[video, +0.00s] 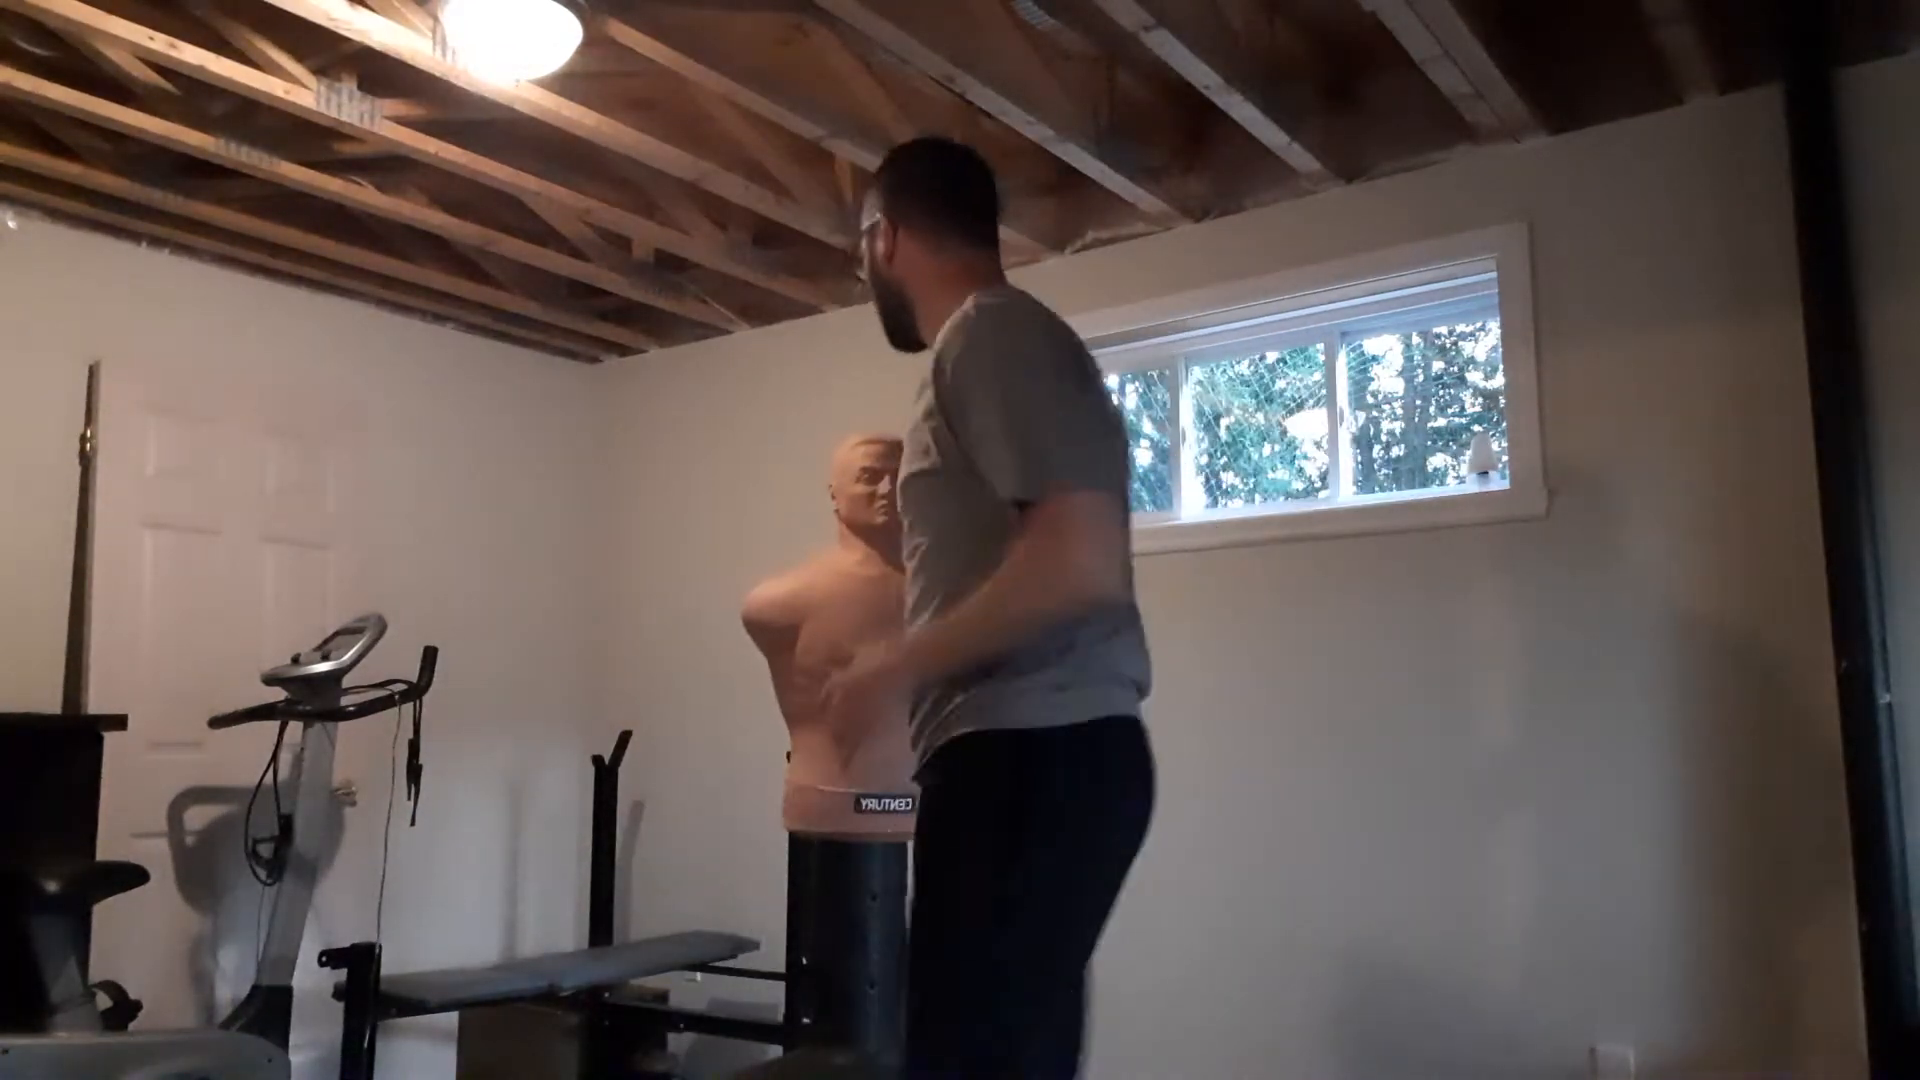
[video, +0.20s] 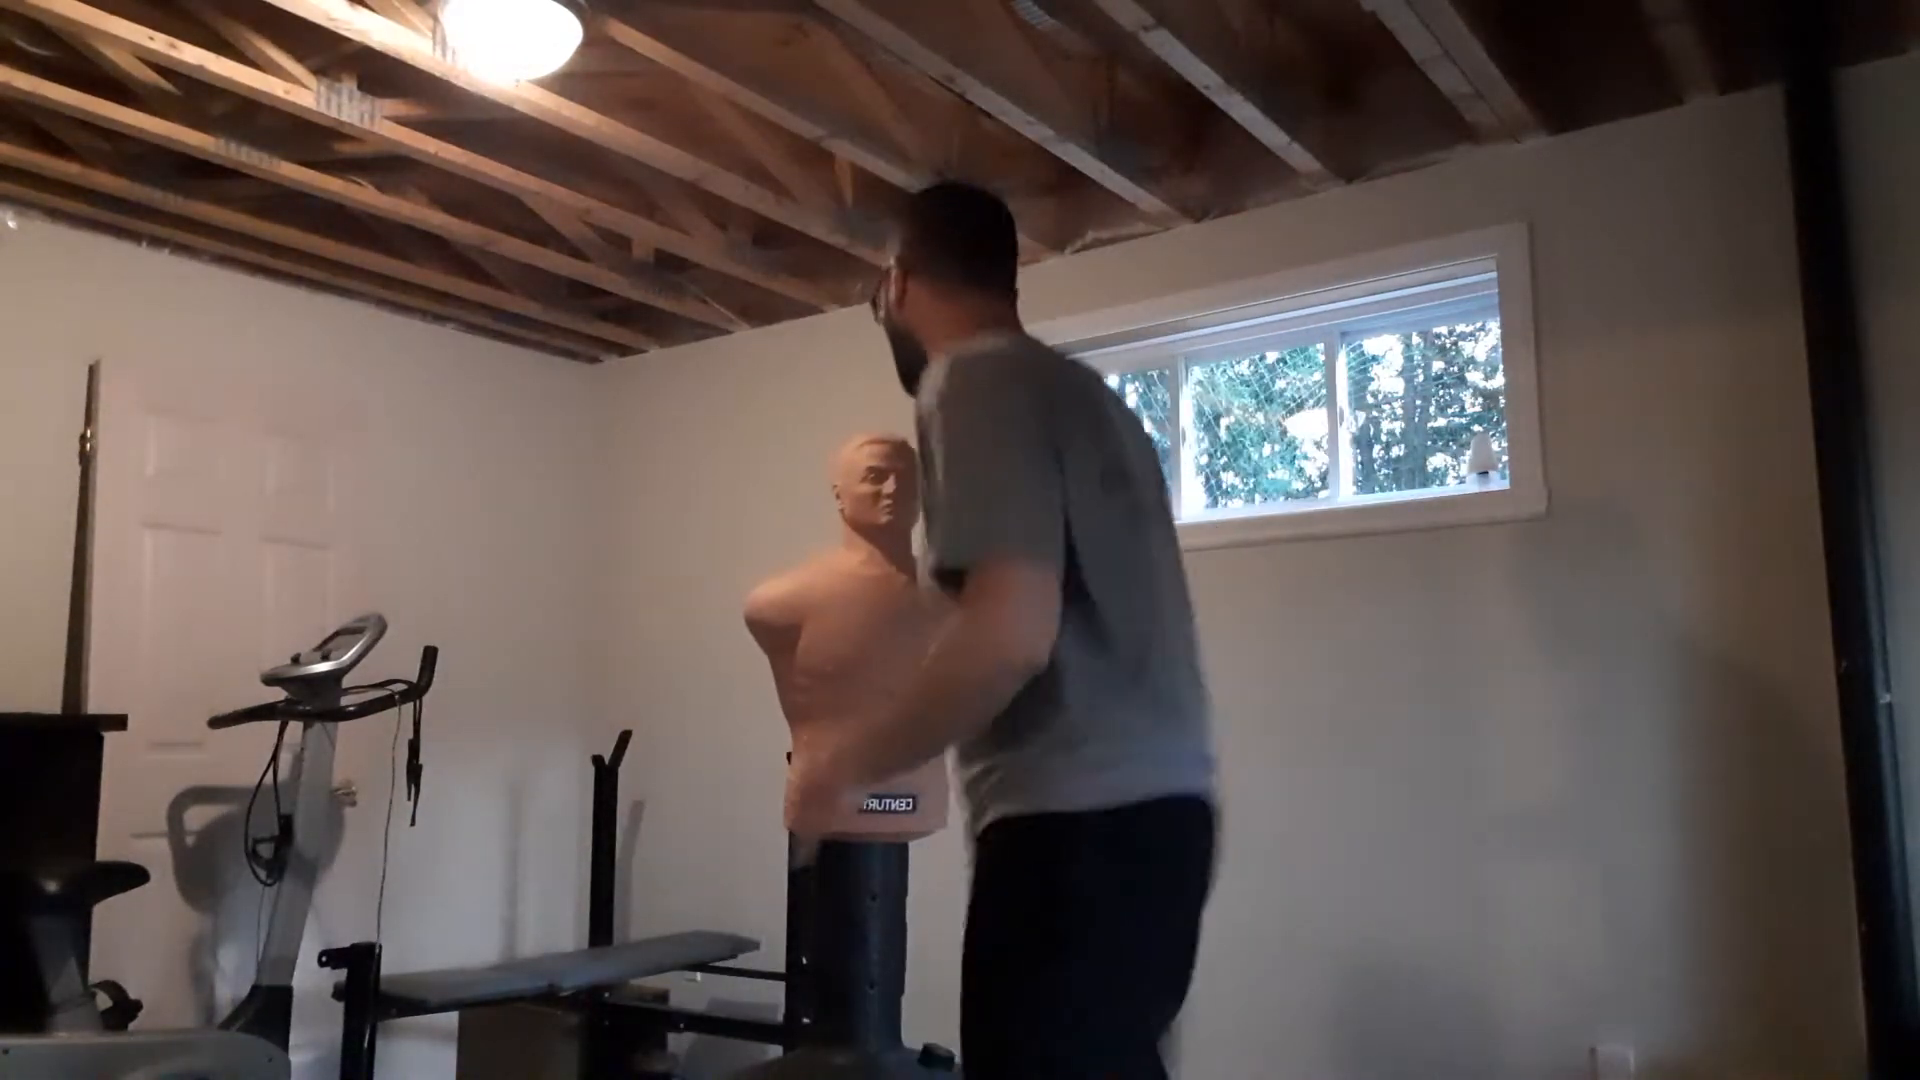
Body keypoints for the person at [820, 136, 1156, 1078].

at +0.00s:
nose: (865, 267)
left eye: (864, 241)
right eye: (864, 245)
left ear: (885, 237)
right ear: (978, 230)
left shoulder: (997, 330)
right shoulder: (983, 348)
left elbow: (1079, 558)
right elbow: (1038, 567)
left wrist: (897, 664)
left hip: (1035, 761)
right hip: (1011, 761)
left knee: (974, 1054)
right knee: (996, 1054)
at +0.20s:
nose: (886, 306)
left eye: (886, 284)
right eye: (887, 288)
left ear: (901, 281)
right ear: (1002, 274)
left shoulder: (985, 378)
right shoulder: (1074, 386)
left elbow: (1010, 627)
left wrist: (843, 762)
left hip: (1075, 824)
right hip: (1137, 816)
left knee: (1033, 1062)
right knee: (1103, 1058)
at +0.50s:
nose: (1106, 328)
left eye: (1111, 313)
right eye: (1122, 312)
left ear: (1111, 323)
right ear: (1206, 333)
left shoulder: (1038, 444)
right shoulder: (1283, 490)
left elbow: (911, 636)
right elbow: (1395, 701)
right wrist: (1474, 928)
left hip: (1042, 859)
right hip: (1216, 882)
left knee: (1011, 1066)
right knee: (1181, 1067)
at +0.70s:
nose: (1274, 328)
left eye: (1281, 310)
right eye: (1289, 311)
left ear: (1295, 306)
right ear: (1397, 327)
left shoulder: (1216, 377)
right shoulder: (1472, 481)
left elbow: (992, 401)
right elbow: (1559, 685)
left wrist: (812, 407)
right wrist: (1504, 766)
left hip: (1023, 698)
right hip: (1193, 821)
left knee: (843, 739)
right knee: (1239, 1062)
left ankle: (809, 763)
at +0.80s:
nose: (1280, 386)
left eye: (1283, 368)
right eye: (1284, 371)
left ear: (1308, 358)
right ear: (1411, 379)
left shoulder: (1244, 418)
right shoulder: (1490, 552)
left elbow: (1021, 416)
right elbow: (1350, 633)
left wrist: (795, 406)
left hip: (1054, 678)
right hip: (1181, 826)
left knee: (1016, 570)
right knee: (1231, 1061)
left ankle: (916, 557)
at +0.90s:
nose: (1268, 397)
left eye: (1270, 378)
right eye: (1273, 381)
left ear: (1290, 369)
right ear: (1396, 380)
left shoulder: (1235, 437)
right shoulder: (1477, 534)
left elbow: (1014, 424)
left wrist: (822, 418)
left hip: (1075, 727)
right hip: (1215, 850)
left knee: (1125, 579)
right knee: (1241, 1062)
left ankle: (952, 593)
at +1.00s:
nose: (1255, 344)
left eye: (1258, 322)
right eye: (1260, 325)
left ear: (1275, 315)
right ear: (1377, 323)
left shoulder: (1219, 403)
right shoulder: (1486, 436)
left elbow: (1045, 446)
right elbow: (1475, 569)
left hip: (1134, 718)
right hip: (1301, 801)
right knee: (1325, 1047)